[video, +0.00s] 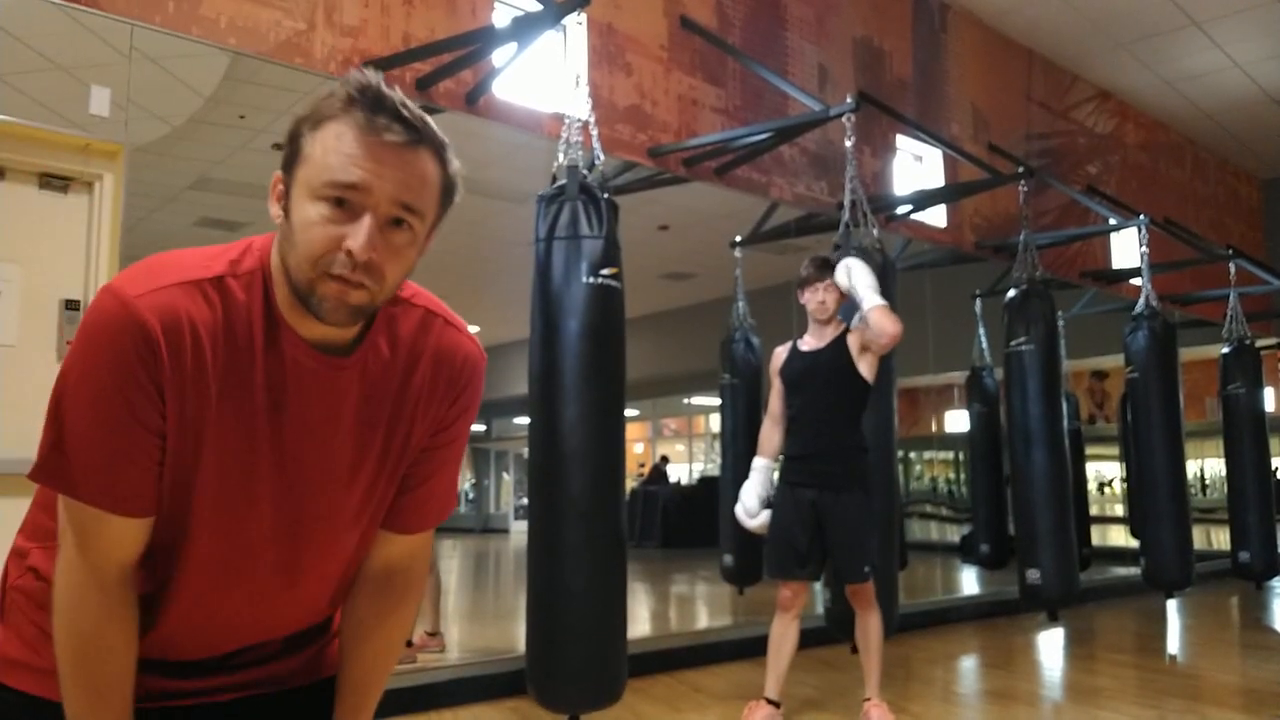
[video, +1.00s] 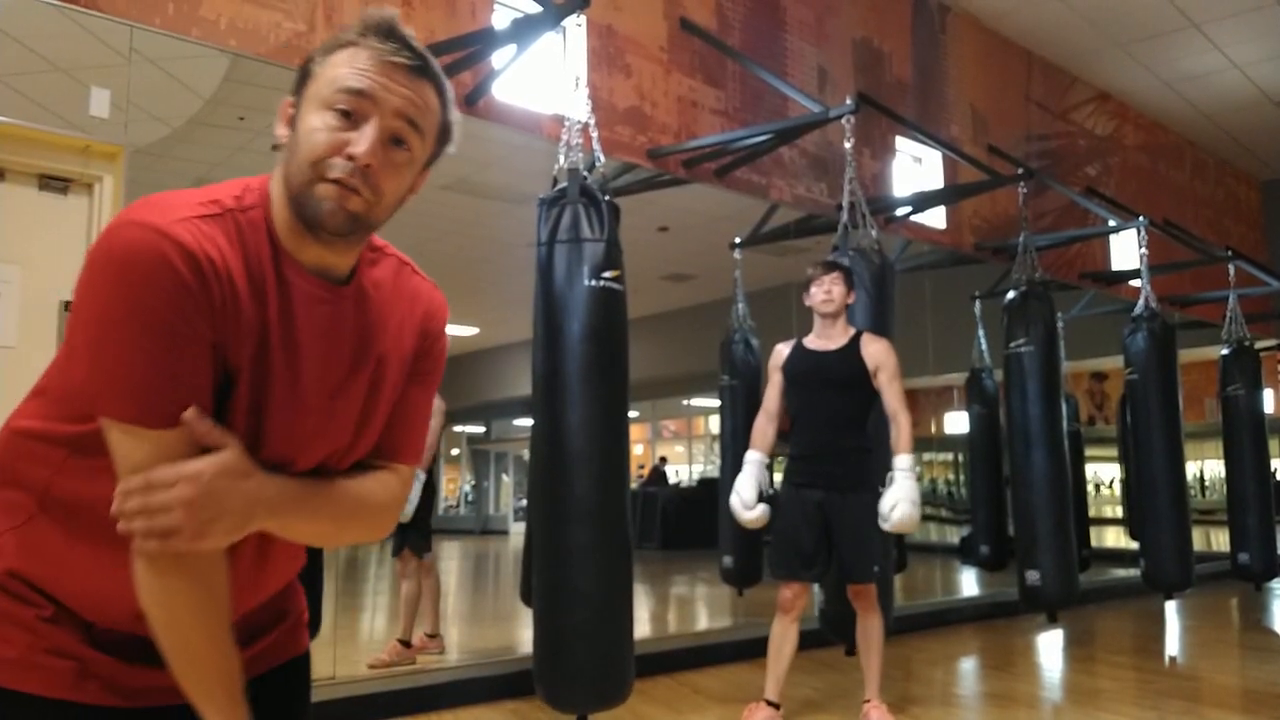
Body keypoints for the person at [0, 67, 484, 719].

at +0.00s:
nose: (360, 248)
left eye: (399, 224)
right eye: (339, 203)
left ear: (423, 245)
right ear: (280, 196)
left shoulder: (445, 361)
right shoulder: (147, 319)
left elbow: (394, 573)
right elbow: (98, 570)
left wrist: (353, 713)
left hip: (285, 677)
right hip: (85, 673)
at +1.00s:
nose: (363, 152)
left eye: (399, 141)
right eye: (345, 113)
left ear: (417, 183)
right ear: (287, 119)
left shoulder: (415, 312)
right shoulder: (159, 251)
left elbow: (384, 503)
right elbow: (170, 536)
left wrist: (260, 498)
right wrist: (228, 708)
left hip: (256, 635)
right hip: (63, 637)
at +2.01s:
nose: (398, 180)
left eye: (429, 168)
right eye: (381, 139)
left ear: (438, 197)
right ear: (313, 127)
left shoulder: (403, 327)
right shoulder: (157, 247)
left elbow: (366, 512)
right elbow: (99, 515)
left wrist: (285, 650)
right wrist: (215, 694)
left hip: (219, 679)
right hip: (46, 668)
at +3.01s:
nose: (352, 118)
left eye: (385, 108)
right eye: (336, 81)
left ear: (399, 142)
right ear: (274, 81)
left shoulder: (385, 284)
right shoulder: (129, 207)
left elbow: (366, 459)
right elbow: (67, 451)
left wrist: (285, 599)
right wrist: (205, 632)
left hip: (254, 669)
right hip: (67, 663)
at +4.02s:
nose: (296, 80)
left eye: (325, 73)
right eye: (277, 45)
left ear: (332, 104)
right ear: (214, 43)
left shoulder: (328, 250)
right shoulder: (78, 173)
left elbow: (341, 407)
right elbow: (10, 375)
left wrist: (332, 492)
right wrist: (163, 527)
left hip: (239, 663)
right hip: (62, 664)